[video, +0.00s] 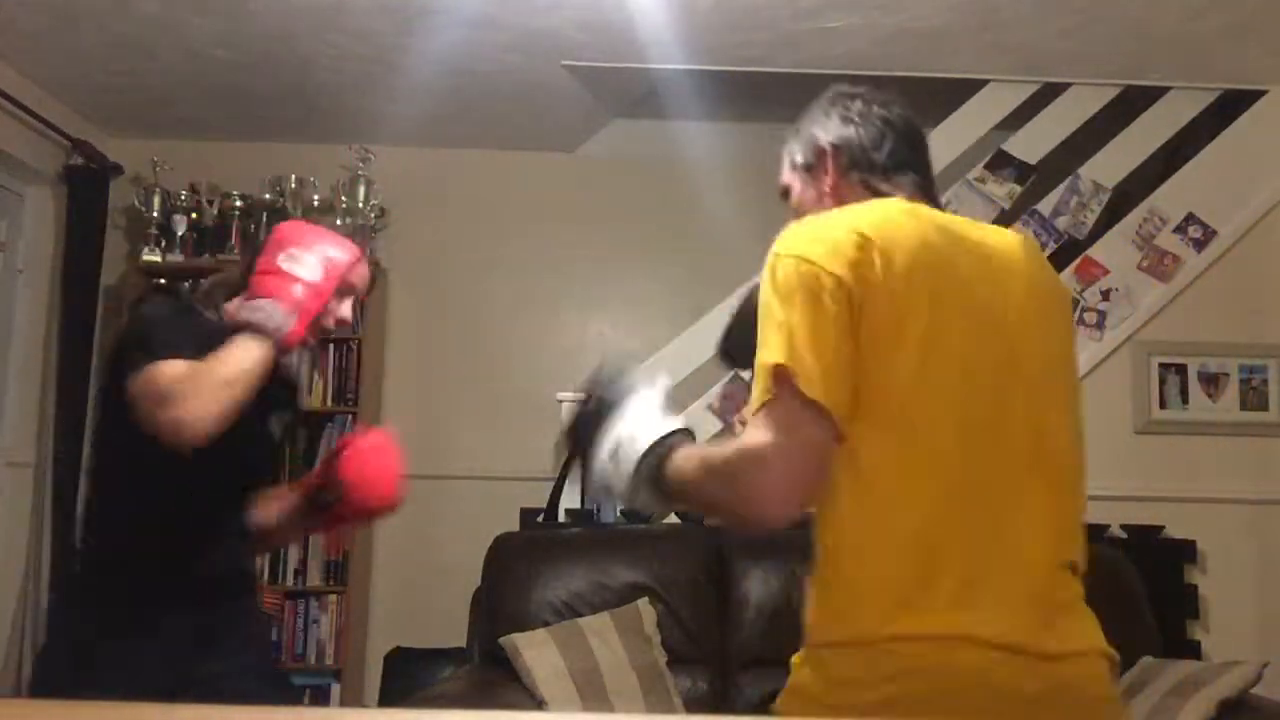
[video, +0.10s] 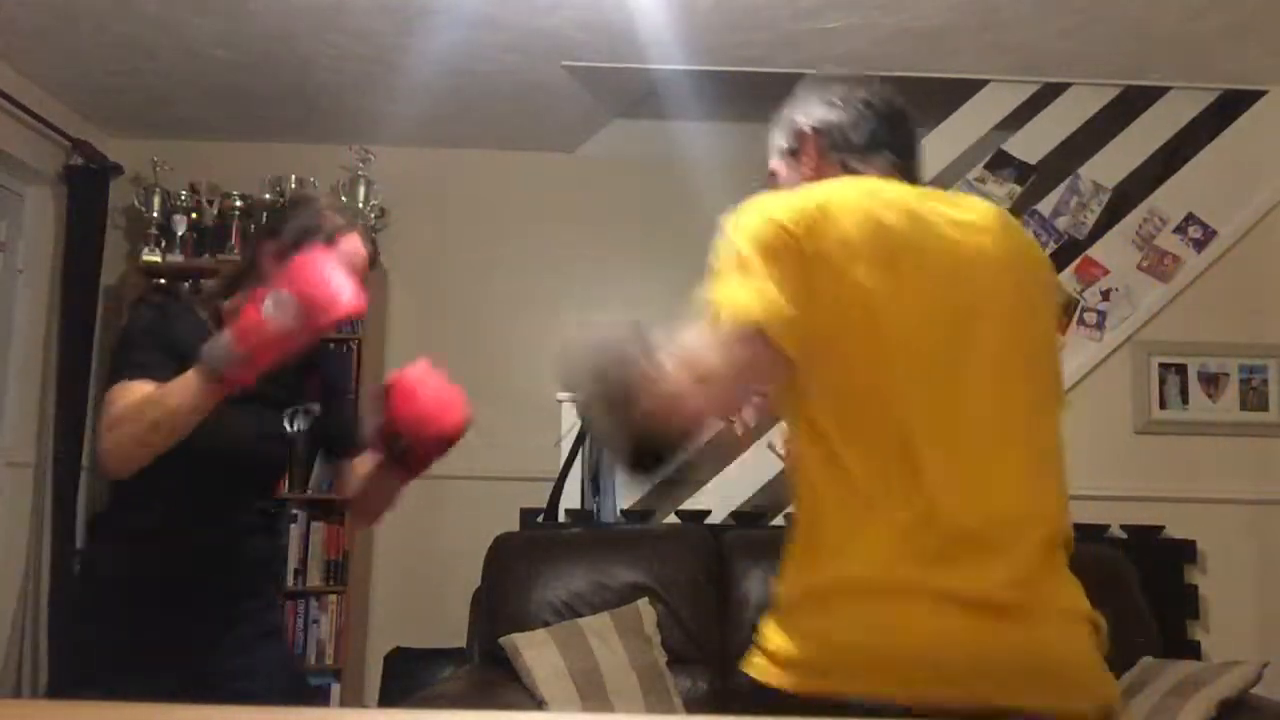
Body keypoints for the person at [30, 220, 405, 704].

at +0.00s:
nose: (348, 316)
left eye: (355, 300)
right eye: (342, 293)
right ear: (297, 277)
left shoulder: (268, 383)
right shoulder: (163, 322)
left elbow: (239, 521)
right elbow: (184, 415)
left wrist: (320, 496)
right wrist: (271, 319)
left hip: (222, 636)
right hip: (122, 635)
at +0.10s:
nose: (340, 294)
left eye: (353, 281)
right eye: (330, 272)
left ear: (358, 288)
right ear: (272, 256)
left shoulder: (318, 363)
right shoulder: (170, 323)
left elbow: (356, 504)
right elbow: (117, 451)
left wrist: (404, 454)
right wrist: (234, 356)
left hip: (243, 615)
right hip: (129, 609)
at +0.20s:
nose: (316, 276)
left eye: (329, 263)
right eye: (302, 252)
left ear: (337, 269)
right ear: (247, 242)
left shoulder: (319, 332)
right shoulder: (162, 319)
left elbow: (396, 463)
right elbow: (111, 466)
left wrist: (432, 404)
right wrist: (227, 374)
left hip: (248, 594)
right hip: (132, 589)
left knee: (270, 719)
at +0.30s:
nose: (263, 283)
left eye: (281, 265)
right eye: (250, 257)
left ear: (296, 269)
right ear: (202, 243)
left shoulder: (284, 332)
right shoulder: (127, 321)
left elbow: (361, 453)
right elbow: (129, 455)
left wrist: (402, 396)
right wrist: (232, 371)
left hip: (247, 598)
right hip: (129, 596)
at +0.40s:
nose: (198, 293)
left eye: (216, 276)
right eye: (181, 271)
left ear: (235, 283)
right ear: (141, 265)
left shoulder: (244, 343)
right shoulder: (87, 337)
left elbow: (301, 473)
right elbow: (120, 442)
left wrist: (355, 441)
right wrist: (246, 368)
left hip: (228, 620)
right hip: (111, 620)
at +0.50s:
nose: (105, 285)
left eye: (124, 265)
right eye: (89, 266)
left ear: (162, 269)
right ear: (66, 269)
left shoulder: (207, 342)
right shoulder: (42, 344)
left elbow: (262, 459)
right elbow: (89, 445)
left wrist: (321, 482)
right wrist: (207, 358)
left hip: (208, 624)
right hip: (91, 625)